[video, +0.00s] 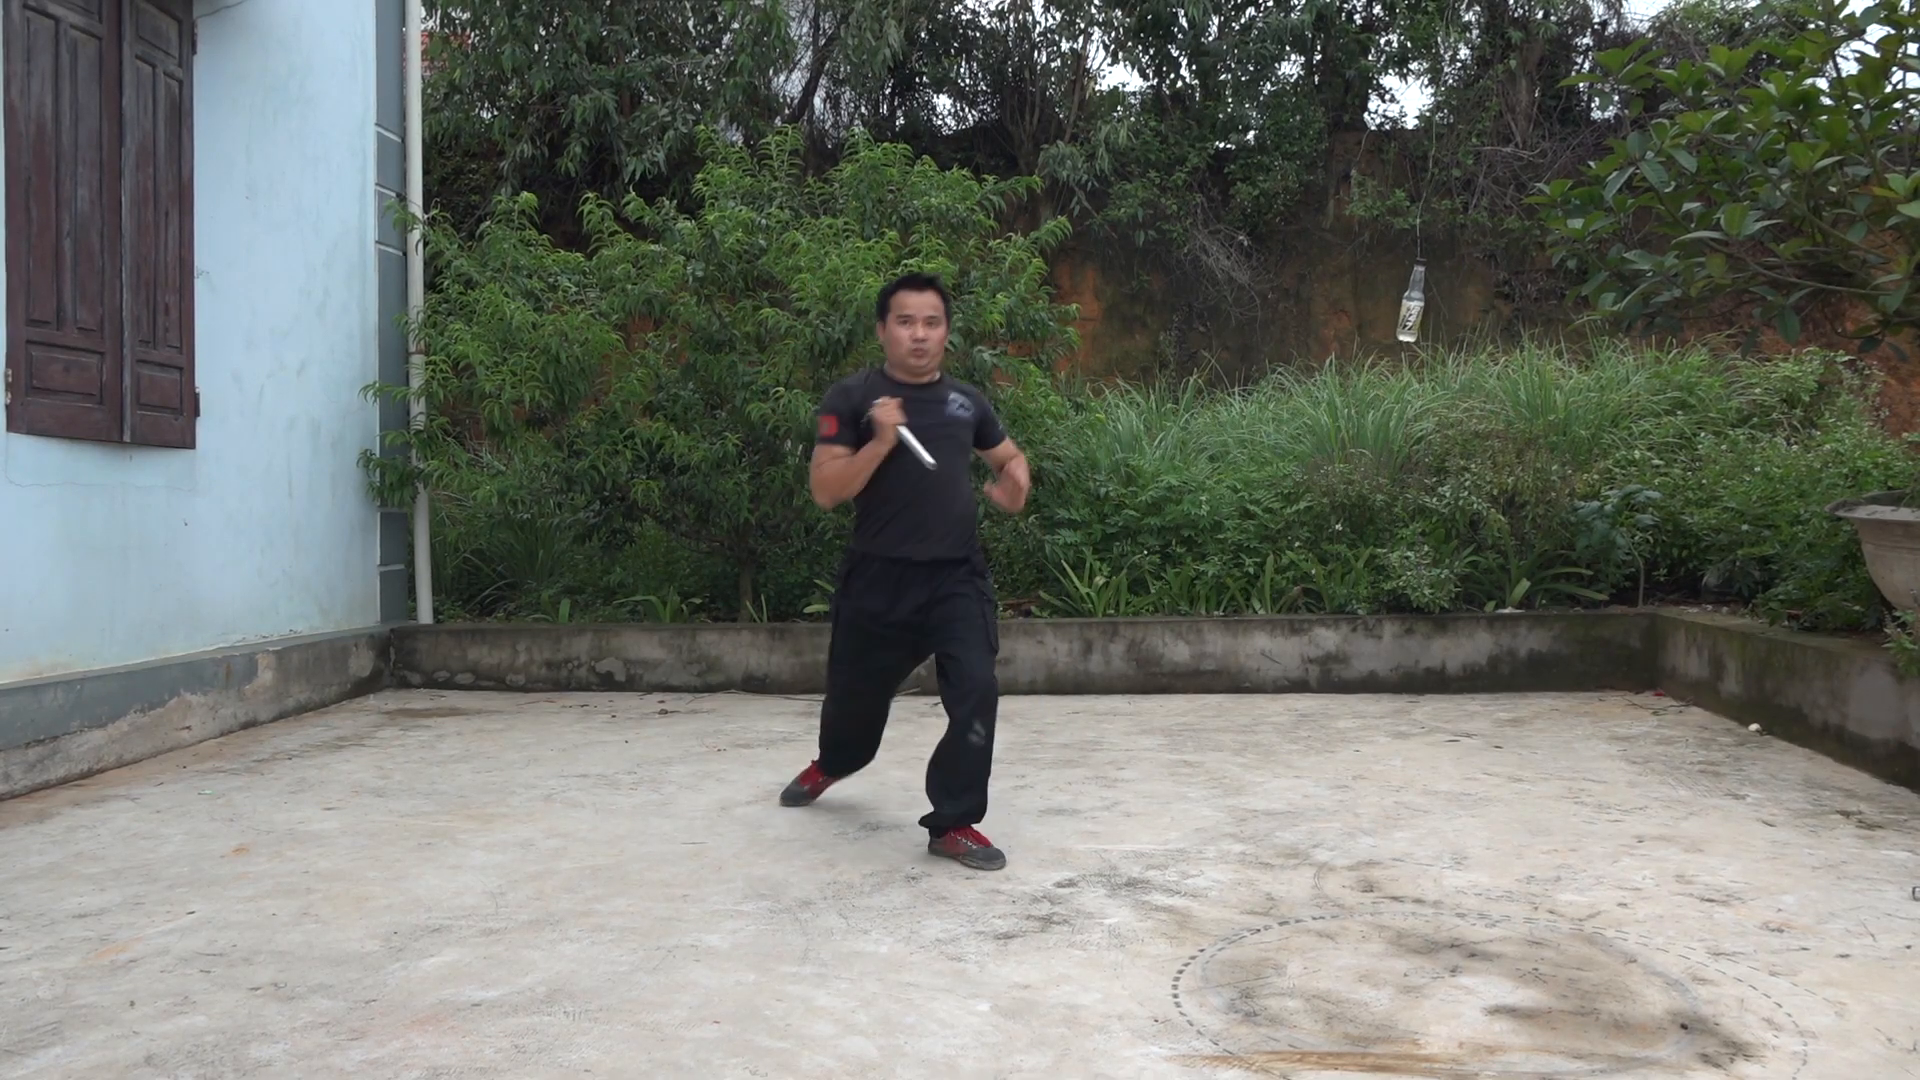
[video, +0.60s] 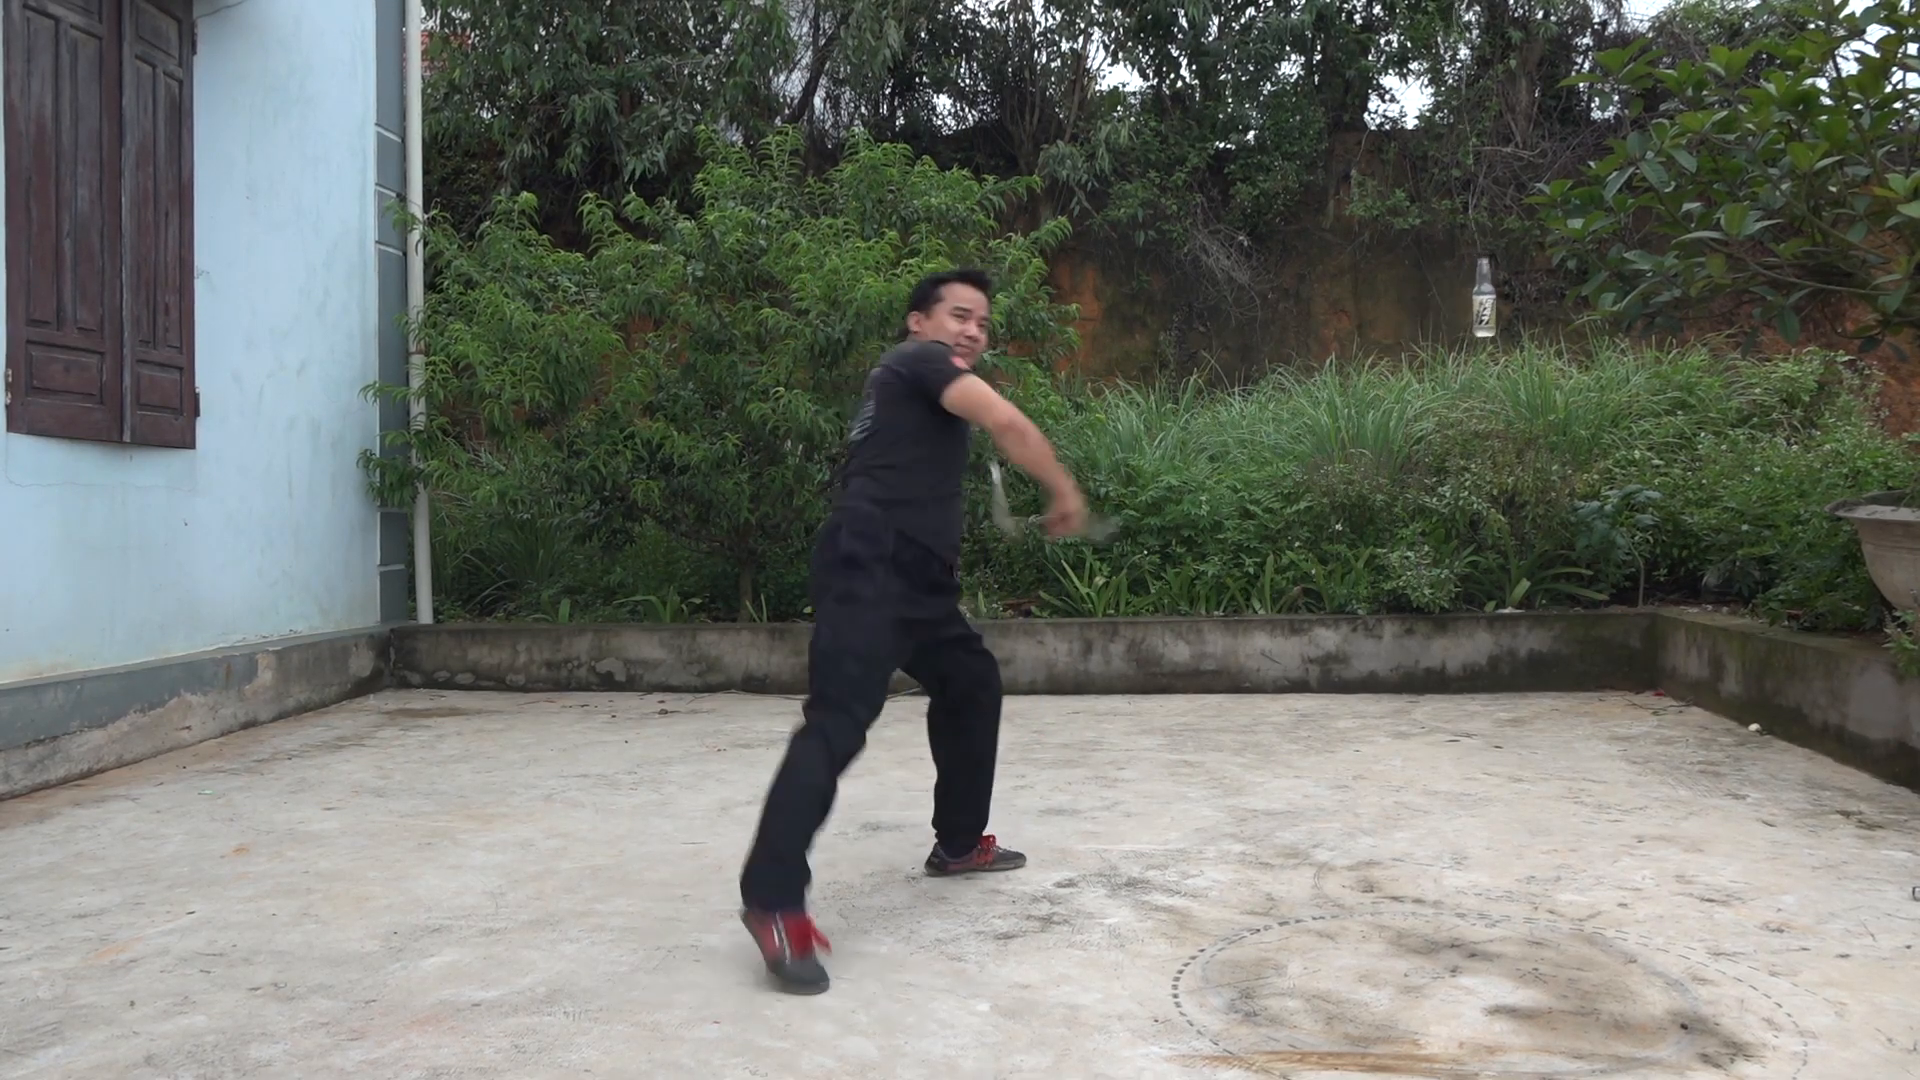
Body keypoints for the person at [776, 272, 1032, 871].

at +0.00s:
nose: (919, 334)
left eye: (931, 323)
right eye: (906, 322)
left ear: (947, 334)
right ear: (882, 331)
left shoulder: (967, 403)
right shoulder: (851, 399)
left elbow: (1010, 460)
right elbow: (826, 489)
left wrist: (1013, 484)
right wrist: (881, 442)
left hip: (955, 579)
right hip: (876, 578)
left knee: (976, 691)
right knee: (851, 704)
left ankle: (952, 825)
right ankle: (832, 765)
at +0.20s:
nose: (955, 313)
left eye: (965, 299)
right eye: (939, 302)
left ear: (980, 296)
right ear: (909, 301)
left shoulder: (997, 346)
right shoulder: (879, 335)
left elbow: (1074, 377)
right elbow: (829, 418)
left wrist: (1007, 333)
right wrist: (895, 394)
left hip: (948, 519)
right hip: (880, 500)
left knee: (961, 655)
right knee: (869, 425)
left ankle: (949, 818)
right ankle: (849, 561)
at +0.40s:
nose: (997, 312)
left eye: (1005, 298)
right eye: (980, 299)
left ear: (1013, 301)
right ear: (946, 303)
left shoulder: (1004, 359)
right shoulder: (925, 341)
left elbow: (1078, 366)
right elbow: (862, 393)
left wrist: (1090, 330)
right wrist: (942, 432)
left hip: (907, 552)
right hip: (872, 506)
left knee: (935, 670)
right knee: (868, 450)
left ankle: (948, 839)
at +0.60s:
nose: (973, 330)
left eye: (981, 322)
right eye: (959, 316)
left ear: (979, 335)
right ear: (918, 320)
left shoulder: (940, 386)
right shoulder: (915, 362)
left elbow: (900, 480)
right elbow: (1005, 420)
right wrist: (1063, 488)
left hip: (922, 587)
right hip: (864, 577)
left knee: (973, 687)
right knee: (837, 724)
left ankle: (960, 841)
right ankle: (771, 898)